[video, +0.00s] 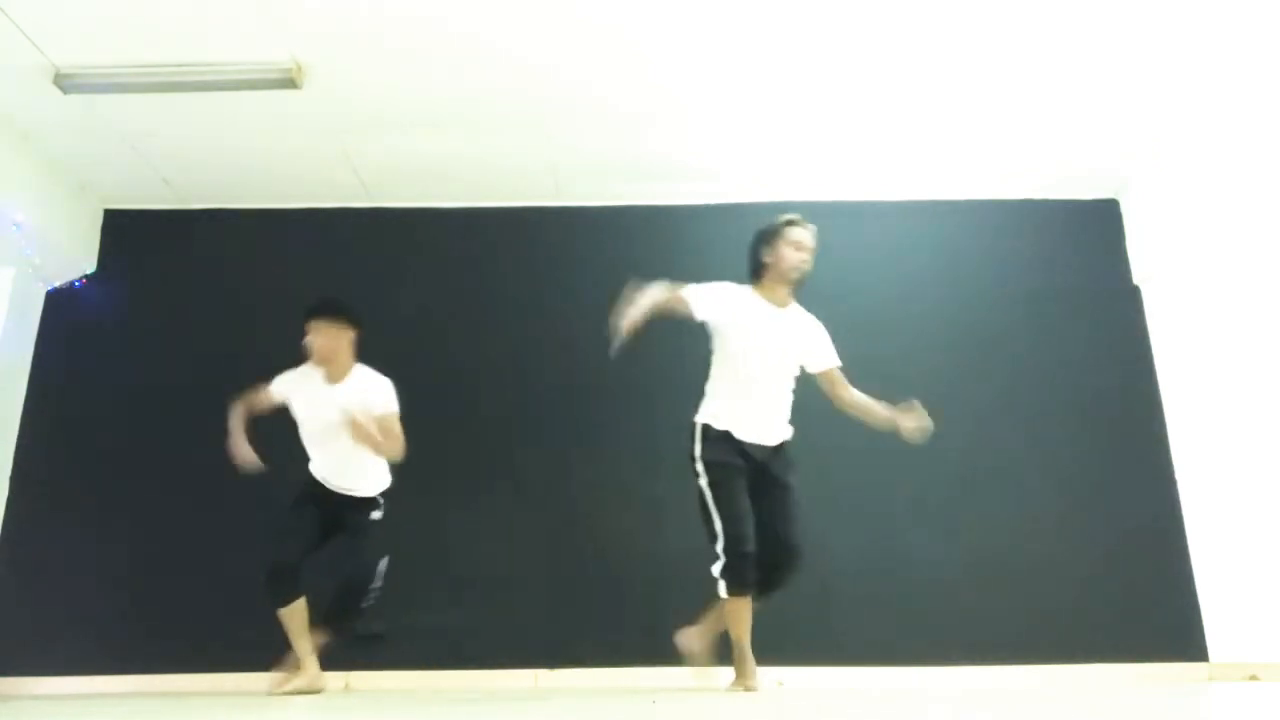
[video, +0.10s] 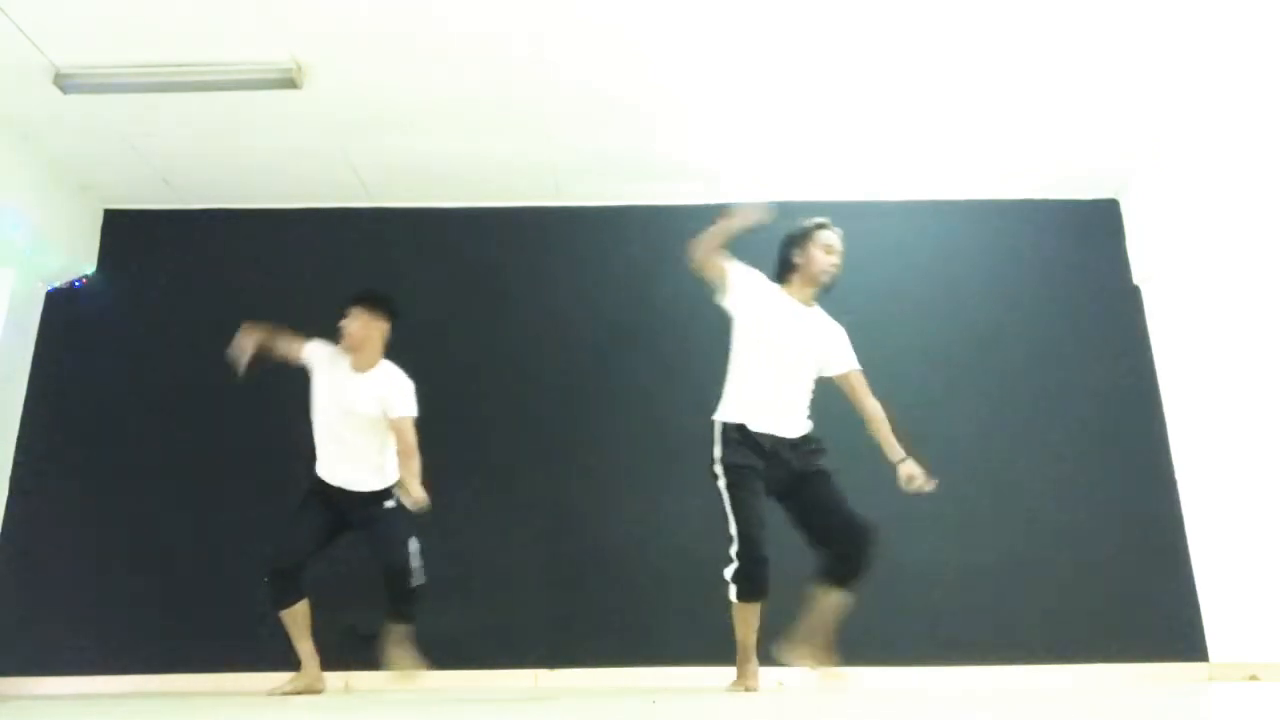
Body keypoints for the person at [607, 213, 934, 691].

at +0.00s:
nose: (803, 257)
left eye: (808, 251)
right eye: (794, 246)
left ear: (810, 261)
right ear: (767, 252)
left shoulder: (807, 328)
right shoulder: (729, 299)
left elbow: (841, 392)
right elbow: (661, 294)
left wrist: (894, 417)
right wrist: (632, 314)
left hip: (771, 447)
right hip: (720, 438)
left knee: (781, 555)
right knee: (739, 546)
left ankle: (699, 634)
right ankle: (744, 666)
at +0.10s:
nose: (835, 259)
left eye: (838, 252)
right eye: (826, 248)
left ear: (837, 264)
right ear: (797, 255)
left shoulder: (828, 331)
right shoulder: (751, 289)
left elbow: (865, 402)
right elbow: (700, 253)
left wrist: (901, 459)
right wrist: (742, 219)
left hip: (794, 446)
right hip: (739, 438)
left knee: (851, 539)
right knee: (751, 549)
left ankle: (807, 643)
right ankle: (746, 666)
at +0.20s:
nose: (856, 259)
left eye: (860, 252)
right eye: (847, 248)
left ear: (860, 265)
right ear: (818, 252)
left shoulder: (851, 330)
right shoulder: (780, 284)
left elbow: (879, 402)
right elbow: (752, 227)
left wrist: (904, 466)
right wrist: (815, 222)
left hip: (833, 448)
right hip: (773, 441)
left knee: (905, 537)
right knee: (765, 560)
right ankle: (749, 671)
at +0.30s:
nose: (877, 254)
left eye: (881, 249)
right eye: (866, 245)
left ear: (883, 262)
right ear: (841, 251)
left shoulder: (887, 326)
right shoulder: (813, 288)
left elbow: (914, 395)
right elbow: (793, 223)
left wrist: (941, 456)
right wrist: (854, 226)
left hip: (885, 448)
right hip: (824, 442)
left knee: (953, 546)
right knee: (793, 559)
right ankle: (752, 669)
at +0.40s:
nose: (908, 246)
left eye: (906, 238)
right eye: (897, 239)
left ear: (901, 256)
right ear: (870, 253)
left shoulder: (922, 319)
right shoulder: (847, 296)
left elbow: (970, 378)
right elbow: (812, 250)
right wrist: (864, 213)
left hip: (942, 447)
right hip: (884, 445)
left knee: (1023, 538)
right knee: (837, 561)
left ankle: (1058, 664)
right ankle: (760, 660)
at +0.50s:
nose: (927, 238)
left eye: (924, 232)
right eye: (914, 233)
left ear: (924, 249)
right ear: (888, 253)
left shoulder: (956, 305)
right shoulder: (877, 303)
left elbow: (1018, 332)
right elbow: (840, 309)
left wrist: (1081, 311)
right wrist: (810, 260)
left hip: (990, 445)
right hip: (930, 449)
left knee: (1066, 535)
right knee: (892, 565)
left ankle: (1060, 664)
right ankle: (822, 669)